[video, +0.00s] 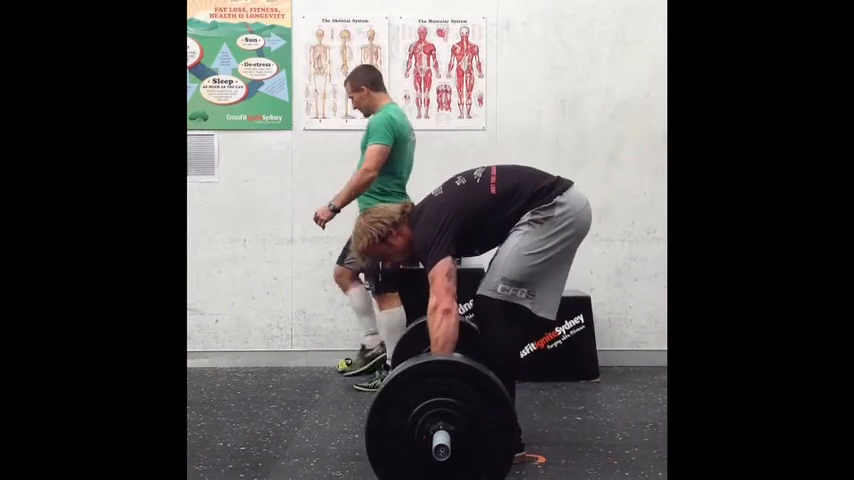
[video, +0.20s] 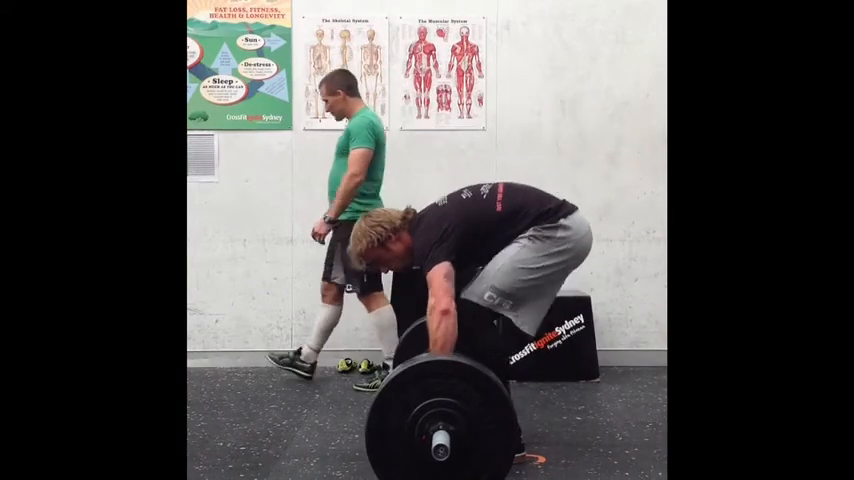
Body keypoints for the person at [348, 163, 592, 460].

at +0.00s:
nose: (392, 263)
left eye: (385, 257)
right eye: (384, 260)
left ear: (395, 234)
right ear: (395, 228)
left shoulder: (430, 226)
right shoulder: (428, 221)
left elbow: (443, 307)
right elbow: (442, 301)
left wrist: (436, 382)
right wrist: (437, 374)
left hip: (554, 209)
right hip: (555, 206)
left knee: (491, 311)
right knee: (493, 311)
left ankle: (499, 433)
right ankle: (497, 429)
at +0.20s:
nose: (387, 270)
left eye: (381, 262)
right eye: (380, 266)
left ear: (392, 240)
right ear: (394, 235)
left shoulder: (431, 233)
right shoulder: (427, 230)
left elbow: (444, 309)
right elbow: (434, 307)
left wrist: (435, 386)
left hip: (555, 230)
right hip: (553, 228)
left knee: (471, 316)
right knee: (471, 314)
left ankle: (502, 438)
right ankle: (496, 433)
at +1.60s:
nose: (387, 305)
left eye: (384, 296)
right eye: (381, 299)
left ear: (401, 279)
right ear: (403, 276)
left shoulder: (431, 278)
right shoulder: (440, 270)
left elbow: (435, 320)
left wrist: (440, 388)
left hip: (546, 357)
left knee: (444, 340)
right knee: (442, 339)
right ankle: (504, 437)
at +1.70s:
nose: (387, 306)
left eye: (385, 296)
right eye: (381, 299)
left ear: (401, 279)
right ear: (403, 277)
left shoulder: (432, 279)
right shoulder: (440, 271)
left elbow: (436, 320)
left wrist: (440, 386)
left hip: (545, 360)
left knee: (441, 340)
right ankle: (504, 437)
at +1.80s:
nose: (387, 304)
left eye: (385, 295)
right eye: (381, 298)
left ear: (401, 278)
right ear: (404, 276)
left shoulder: (433, 278)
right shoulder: (441, 270)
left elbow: (437, 320)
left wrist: (441, 386)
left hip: (545, 357)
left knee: (442, 340)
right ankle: (504, 437)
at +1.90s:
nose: (387, 303)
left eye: (385, 294)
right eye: (381, 297)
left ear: (402, 277)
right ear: (404, 275)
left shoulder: (433, 277)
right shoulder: (440, 269)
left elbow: (437, 319)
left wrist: (441, 386)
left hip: (546, 356)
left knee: (443, 340)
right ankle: (503, 437)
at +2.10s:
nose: (387, 304)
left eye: (385, 295)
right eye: (381, 297)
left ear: (402, 278)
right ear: (404, 276)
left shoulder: (434, 278)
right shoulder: (440, 271)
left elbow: (437, 319)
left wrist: (441, 386)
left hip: (547, 359)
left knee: (445, 340)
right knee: (443, 339)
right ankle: (504, 437)